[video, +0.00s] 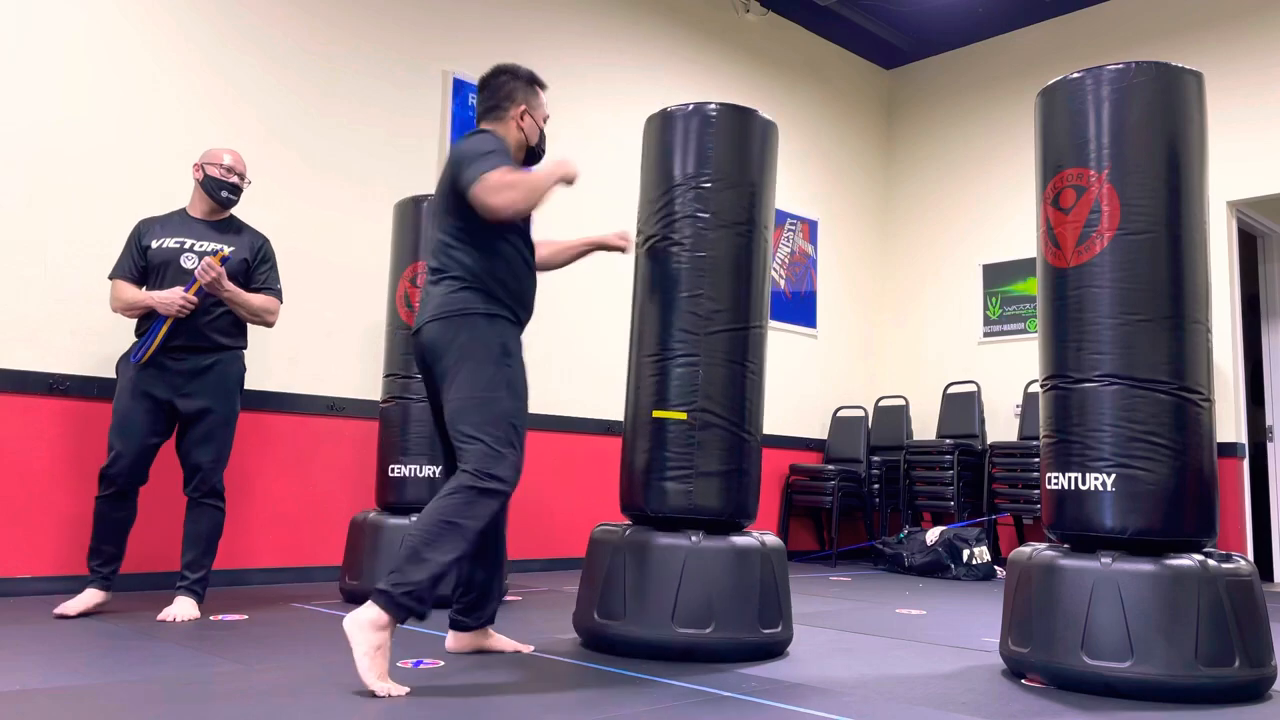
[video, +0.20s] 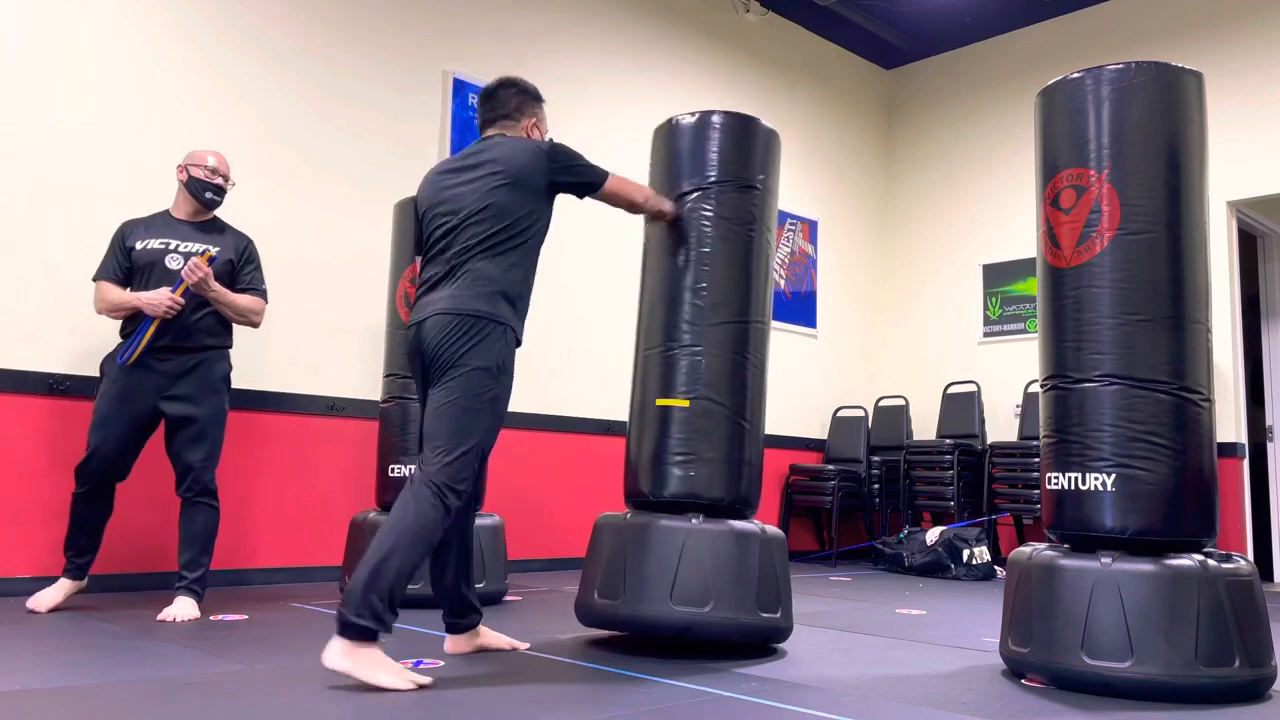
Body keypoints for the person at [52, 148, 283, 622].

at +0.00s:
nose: (231, 179)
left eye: (239, 176)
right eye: (222, 168)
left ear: (244, 189)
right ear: (197, 172)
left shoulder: (253, 244)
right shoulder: (150, 230)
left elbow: (269, 313)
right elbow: (119, 298)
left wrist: (227, 290)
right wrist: (156, 299)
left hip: (214, 377)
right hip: (148, 371)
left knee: (205, 483)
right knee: (119, 472)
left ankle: (189, 593)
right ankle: (99, 584)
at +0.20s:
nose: (215, 178)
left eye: (222, 175)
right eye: (206, 169)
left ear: (227, 190)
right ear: (182, 174)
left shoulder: (238, 245)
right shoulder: (134, 232)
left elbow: (254, 314)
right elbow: (103, 299)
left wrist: (212, 290)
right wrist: (141, 300)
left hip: (200, 377)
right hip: (134, 372)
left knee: (198, 481)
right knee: (96, 468)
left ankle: (189, 593)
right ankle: (74, 575)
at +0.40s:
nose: (186, 184)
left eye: (194, 180)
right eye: (177, 173)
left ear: (200, 193)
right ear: (152, 177)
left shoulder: (208, 248)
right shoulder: (105, 234)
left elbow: (225, 317)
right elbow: (73, 300)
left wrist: (183, 290)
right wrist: (113, 300)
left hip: (173, 379)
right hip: (106, 375)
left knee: (180, 483)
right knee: (85, 481)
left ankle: (186, 593)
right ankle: (72, 584)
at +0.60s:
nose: (153, 185)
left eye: (160, 181)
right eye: (144, 175)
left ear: (167, 192)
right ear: (119, 180)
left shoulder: (180, 249)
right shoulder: (75, 237)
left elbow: (193, 319)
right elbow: (42, 302)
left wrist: (150, 294)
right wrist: (79, 299)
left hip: (146, 383)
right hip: (79, 380)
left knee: (160, 482)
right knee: (72, 484)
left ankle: (176, 590)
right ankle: (70, 587)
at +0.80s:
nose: (130, 181)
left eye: (139, 177)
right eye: (121, 172)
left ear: (147, 189)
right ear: (98, 178)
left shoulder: (163, 246)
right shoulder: (56, 237)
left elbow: (181, 314)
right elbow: (25, 301)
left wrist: (135, 292)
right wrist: (65, 298)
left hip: (133, 381)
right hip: (67, 378)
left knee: (132, 481)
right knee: (68, 483)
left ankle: (135, 589)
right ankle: (71, 586)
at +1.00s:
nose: (123, 182)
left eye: (130, 177)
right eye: (113, 173)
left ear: (137, 188)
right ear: (87, 179)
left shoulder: (154, 245)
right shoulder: (47, 239)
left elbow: (176, 312)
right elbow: (17, 304)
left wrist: (131, 292)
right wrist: (55, 302)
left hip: (125, 380)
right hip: (60, 379)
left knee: (127, 481)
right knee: (64, 484)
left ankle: (131, 589)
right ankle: (70, 586)